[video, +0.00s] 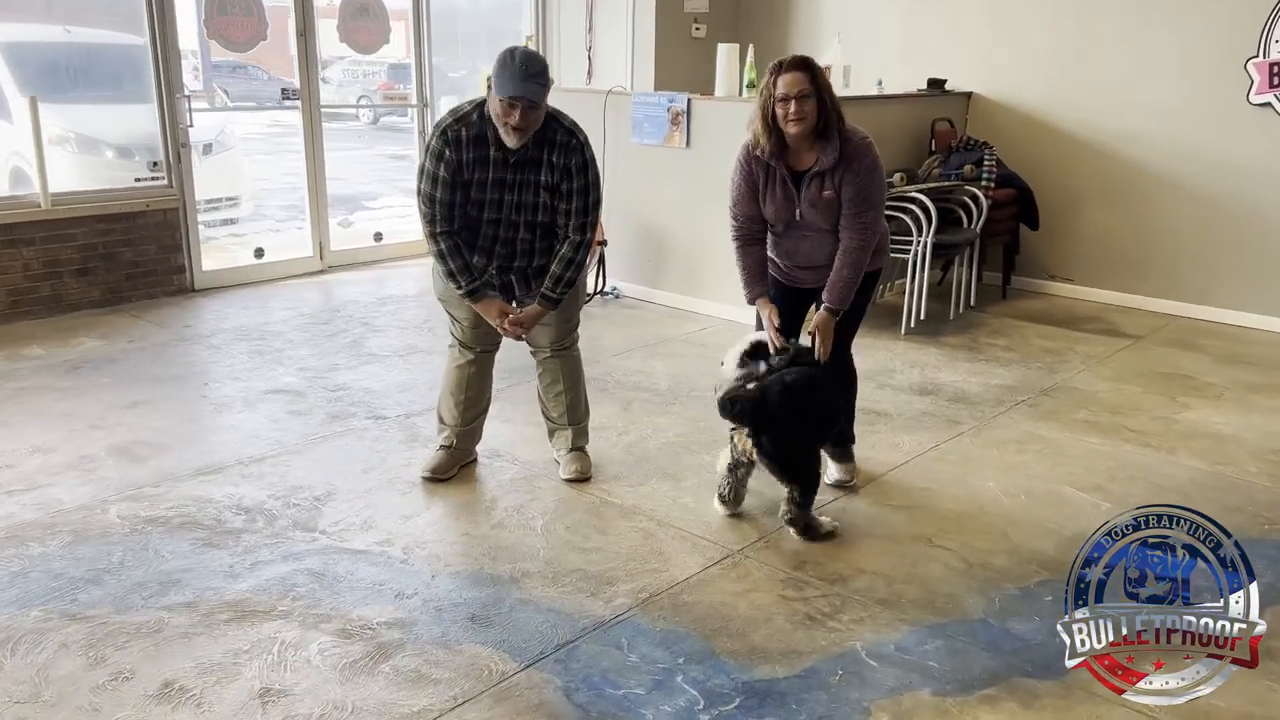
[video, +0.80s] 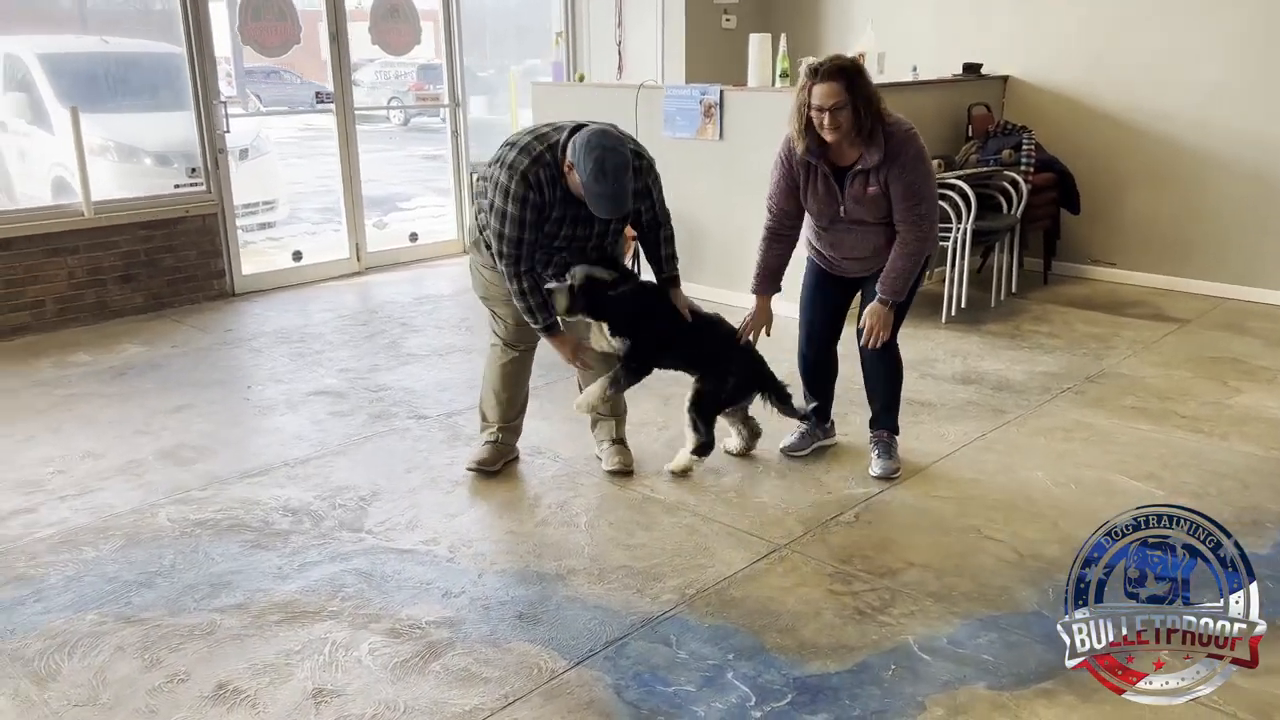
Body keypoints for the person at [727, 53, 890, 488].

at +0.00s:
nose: (793, 108)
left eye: (803, 98)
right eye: (782, 99)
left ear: (821, 101)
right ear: (769, 106)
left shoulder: (855, 152)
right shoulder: (756, 155)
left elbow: (858, 238)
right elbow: (746, 232)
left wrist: (830, 309)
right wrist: (761, 300)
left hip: (850, 267)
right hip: (787, 265)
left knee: (832, 351)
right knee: (773, 350)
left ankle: (839, 449)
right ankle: (761, 441)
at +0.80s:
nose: (827, 119)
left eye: (837, 108)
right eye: (817, 109)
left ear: (859, 104)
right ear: (806, 108)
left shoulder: (899, 143)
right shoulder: (797, 149)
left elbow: (918, 228)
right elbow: (780, 224)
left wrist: (885, 298)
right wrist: (762, 299)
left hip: (891, 258)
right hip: (828, 255)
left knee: (874, 335)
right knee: (814, 340)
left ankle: (883, 437)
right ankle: (817, 422)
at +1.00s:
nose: (838, 114)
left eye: (849, 103)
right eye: (829, 104)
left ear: (871, 101)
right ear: (817, 105)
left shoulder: (913, 143)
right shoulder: (810, 145)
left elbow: (935, 227)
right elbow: (792, 215)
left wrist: (900, 293)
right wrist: (781, 285)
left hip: (903, 259)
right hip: (841, 255)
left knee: (887, 338)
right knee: (823, 345)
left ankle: (892, 439)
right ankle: (826, 423)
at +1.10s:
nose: (837, 112)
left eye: (848, 101)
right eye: (828, 102)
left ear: (872, 99)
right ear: (817, 103)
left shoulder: (914, 142)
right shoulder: (812, 145)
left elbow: (938, 226)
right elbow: (797, 212)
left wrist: (904, 296)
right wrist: (786, 280)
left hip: (908, 257)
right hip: (844, 252)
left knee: (892, 338)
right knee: (824, 334)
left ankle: (893, 440)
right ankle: (830, 421)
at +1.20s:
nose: (834, 113)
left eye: (845, 102)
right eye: (825, 103)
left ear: (869, 100)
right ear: (815, 104)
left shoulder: (912, 142)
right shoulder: (810, 146)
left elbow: (935, 229)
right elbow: (797, 213)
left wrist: (901, 301)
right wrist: (782, 278)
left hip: (908, 258)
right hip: (845, 255)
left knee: (893, 338)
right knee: (825, 339)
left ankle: (894, 440)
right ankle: (834, 429)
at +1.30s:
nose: (827, 120)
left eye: (838, 109)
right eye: (818, 109)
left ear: (862, 108)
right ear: (809, 110)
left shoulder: (905, 148)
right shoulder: (806, 151)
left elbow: (926, 237)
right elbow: (790, 217)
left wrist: (891, 309)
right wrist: (768, 283)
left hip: (908, 260)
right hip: (844, 260)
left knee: (892, 345)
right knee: (830, 348)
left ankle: (894, 443)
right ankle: (835, 436)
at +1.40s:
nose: (818, 133)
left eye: (829, 123)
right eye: (809, 123)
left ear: (854, 121)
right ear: (800, 123)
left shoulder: (897, 158)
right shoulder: (799, 164)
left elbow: (914, 246)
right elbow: (778, 227)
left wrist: (875, 318)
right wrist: (749, 292)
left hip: (908, 260)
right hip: (842, 258)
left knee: (897, 343)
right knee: (826, 344)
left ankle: (899, 441)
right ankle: (833, 438)